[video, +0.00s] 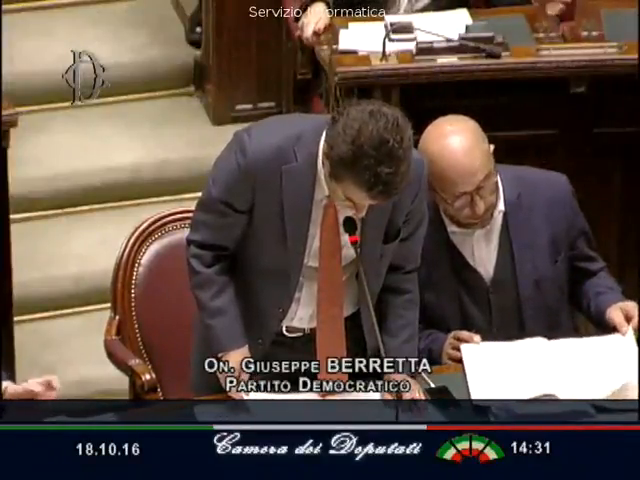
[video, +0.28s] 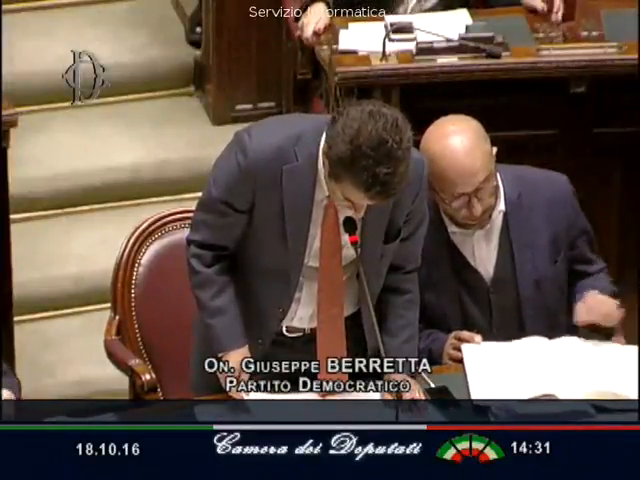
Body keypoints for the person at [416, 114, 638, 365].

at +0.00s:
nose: (477, 206)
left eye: (484, 187)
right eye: (458, 197)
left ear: (492, 154)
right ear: (429, 186)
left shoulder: (551, 193)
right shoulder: (407, 221)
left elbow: (586, 271)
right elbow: (391, 323)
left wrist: (610, 304)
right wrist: (439, 345)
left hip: (557, 377)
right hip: (457, 388)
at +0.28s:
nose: (475, 208)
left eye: (482, 189)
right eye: (457, 198)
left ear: (493, 156)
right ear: (429, 185)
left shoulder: (551, 194)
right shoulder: (408, 220)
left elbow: (588, 270)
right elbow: (393, 325)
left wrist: (592, 301)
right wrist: (439, 347)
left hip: (555, 375)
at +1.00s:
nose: (471, 210)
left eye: (479, 191)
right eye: (453, 199)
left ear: (491, 159)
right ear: (428, 185)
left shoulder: (551, 196)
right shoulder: (409, 220)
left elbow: (593, 286)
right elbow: (398, 323)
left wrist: (556, 316)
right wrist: (440, 346)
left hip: (547, 371)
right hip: (456, 378)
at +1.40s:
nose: (469, 211)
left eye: (479, 191)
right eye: (452, 199)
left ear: (491, 159)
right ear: (425, 186)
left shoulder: (550, 197)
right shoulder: (407, 222)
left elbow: (591, 282)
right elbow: (398, 327)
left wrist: (580, 317)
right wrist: (438, 346)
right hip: (454, 380)